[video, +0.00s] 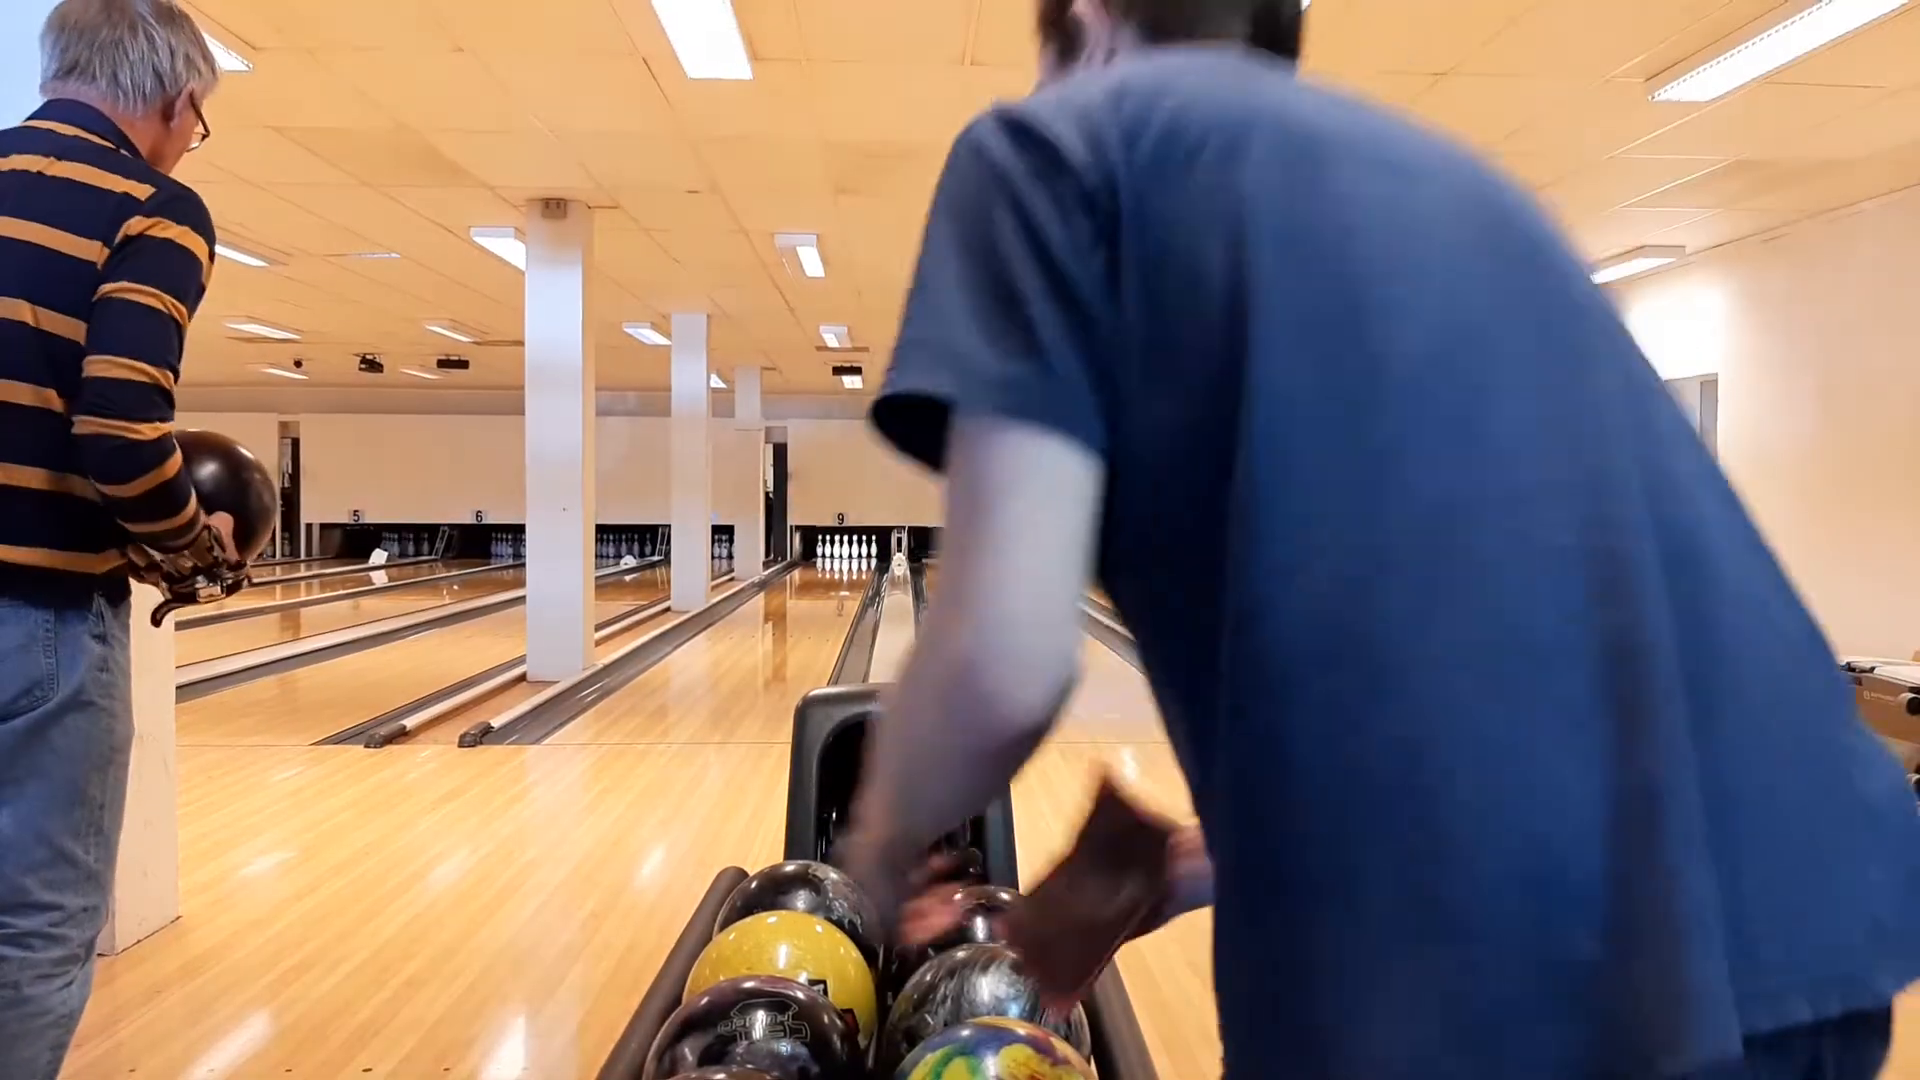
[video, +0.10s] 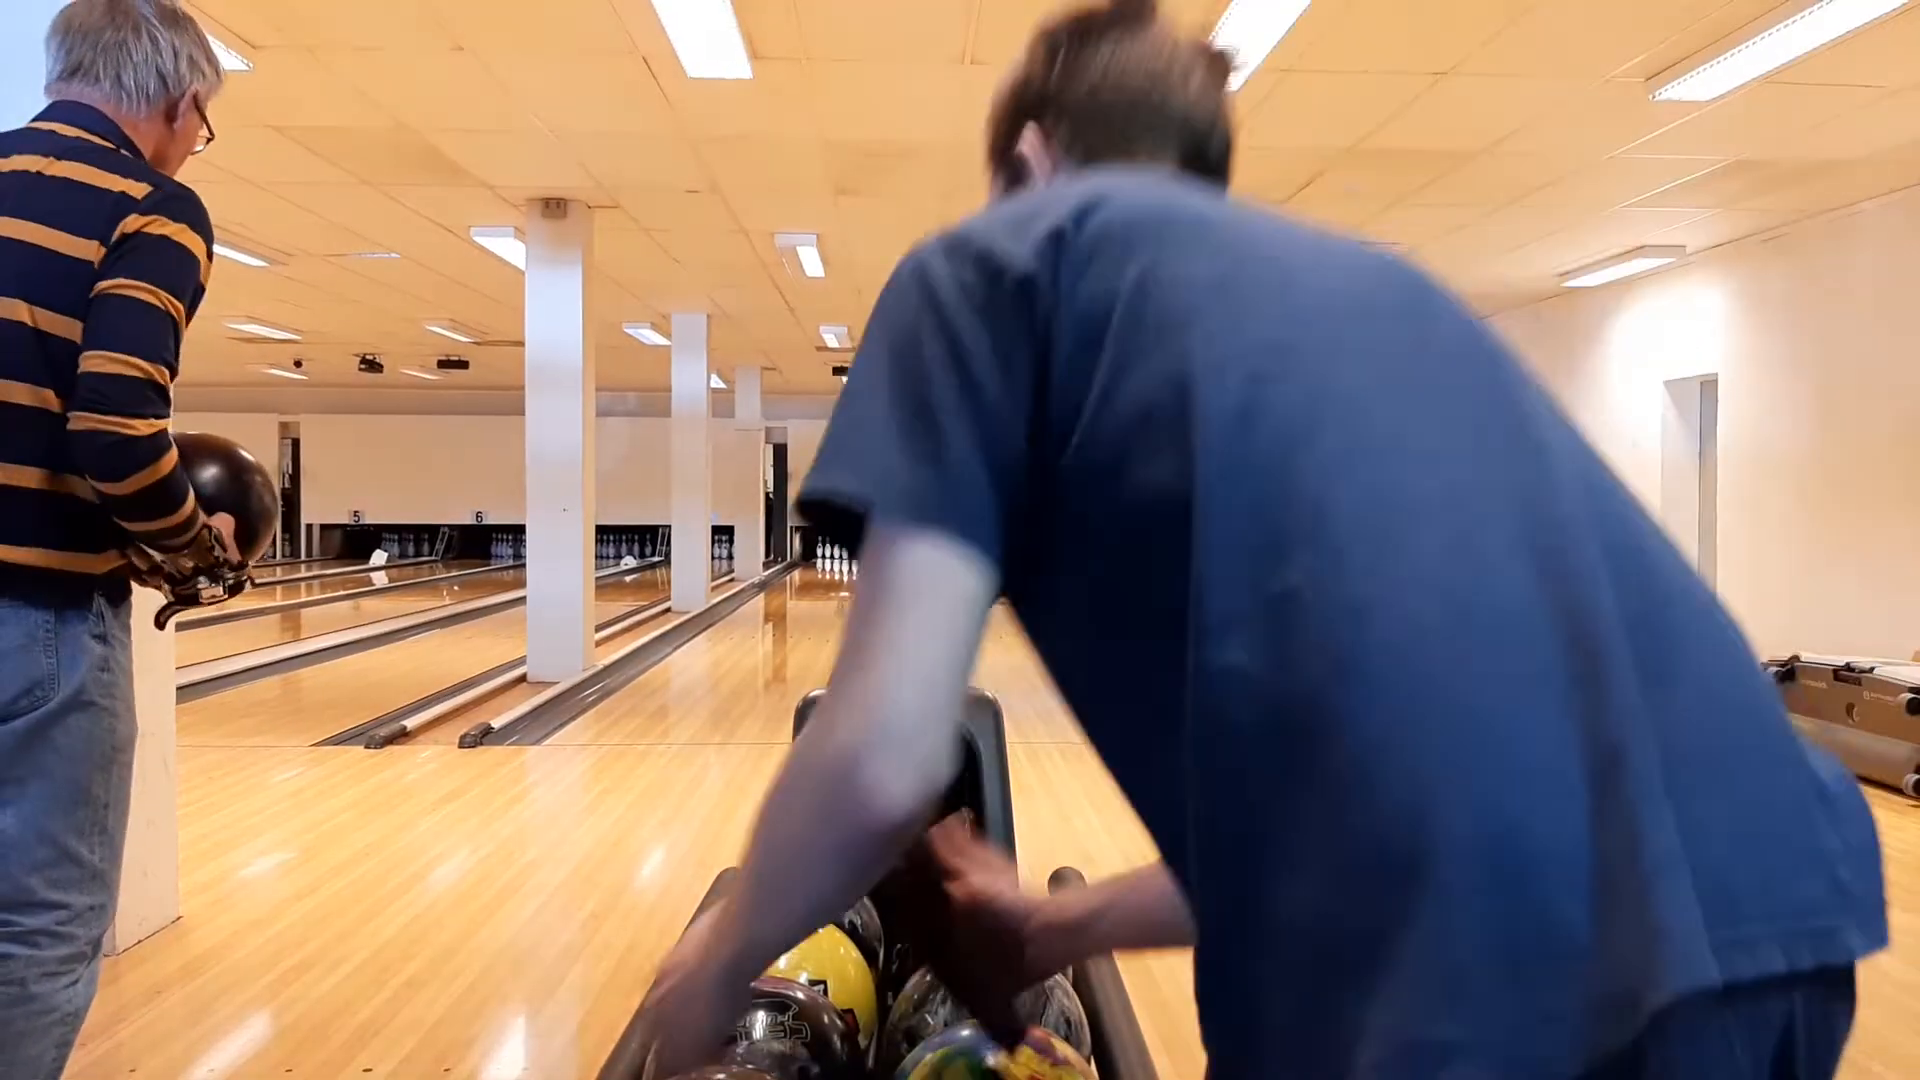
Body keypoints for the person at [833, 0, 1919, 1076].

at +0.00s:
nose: (1041, 82)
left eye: (1041, 62)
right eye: (1041, 66)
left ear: (1082, 28)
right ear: (1277, 47)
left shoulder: (1067, 144)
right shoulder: (1443, 180)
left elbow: (1005, 666)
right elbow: (1503, 684)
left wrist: (877, 858)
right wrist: (1191, 861)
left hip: (1486, 982)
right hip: (1812, 928)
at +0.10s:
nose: (984, 193)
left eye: (990, 163)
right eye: (987, 165)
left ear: (1029, 157)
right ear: (1218, 167)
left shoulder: (1004, 269)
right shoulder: (1367, 288)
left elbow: (882, 759)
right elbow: (1368, 798)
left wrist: (707, 982)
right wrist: (1061, 925)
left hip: (1474, 967)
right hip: (1782, 911)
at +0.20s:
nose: (941, 326)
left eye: (943, 299)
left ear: (981, 267)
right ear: (1163, 276)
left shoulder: (963, 363)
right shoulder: (1321, 374)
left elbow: (788, 861)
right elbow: (1192, 865)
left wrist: (623, 1063)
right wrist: (912, 1061)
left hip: (1434, 975)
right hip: (1752, 912)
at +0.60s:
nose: (883, 412)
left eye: (884, 395)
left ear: (920, 374)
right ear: (1103, 370)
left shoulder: (880, 465)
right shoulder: (1244, 429)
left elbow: (886, 927)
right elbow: (1269, 840)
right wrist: (994, 1062)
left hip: (1398, 980)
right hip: (1706, 917)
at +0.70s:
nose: (898, 361)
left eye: (899, 336)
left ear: (927, 320)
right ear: (1104, 319)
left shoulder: (897, 407)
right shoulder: (1246, 401)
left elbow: (987, 795)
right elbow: (1289, 814)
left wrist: (771, 891)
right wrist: (1033, 1017)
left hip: (1396, 968)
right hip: (1697, 922)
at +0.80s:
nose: (911, 254)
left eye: (912, 237)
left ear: (950, 219)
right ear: (1132, 230)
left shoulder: (929, 308)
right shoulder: (1264, 331)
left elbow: (1012, 674)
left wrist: (839, 860)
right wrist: (1049, 910)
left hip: (1429, 960)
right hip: (1708, 917)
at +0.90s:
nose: (963, 156)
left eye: (961, 132)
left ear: (987, 118)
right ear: (1179, 126)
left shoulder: (962, 226)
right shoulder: (1336, 242)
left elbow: (1046, 634)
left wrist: (977, 862)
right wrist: (1032, 808)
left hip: (1410, 968)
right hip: (1744, 922)